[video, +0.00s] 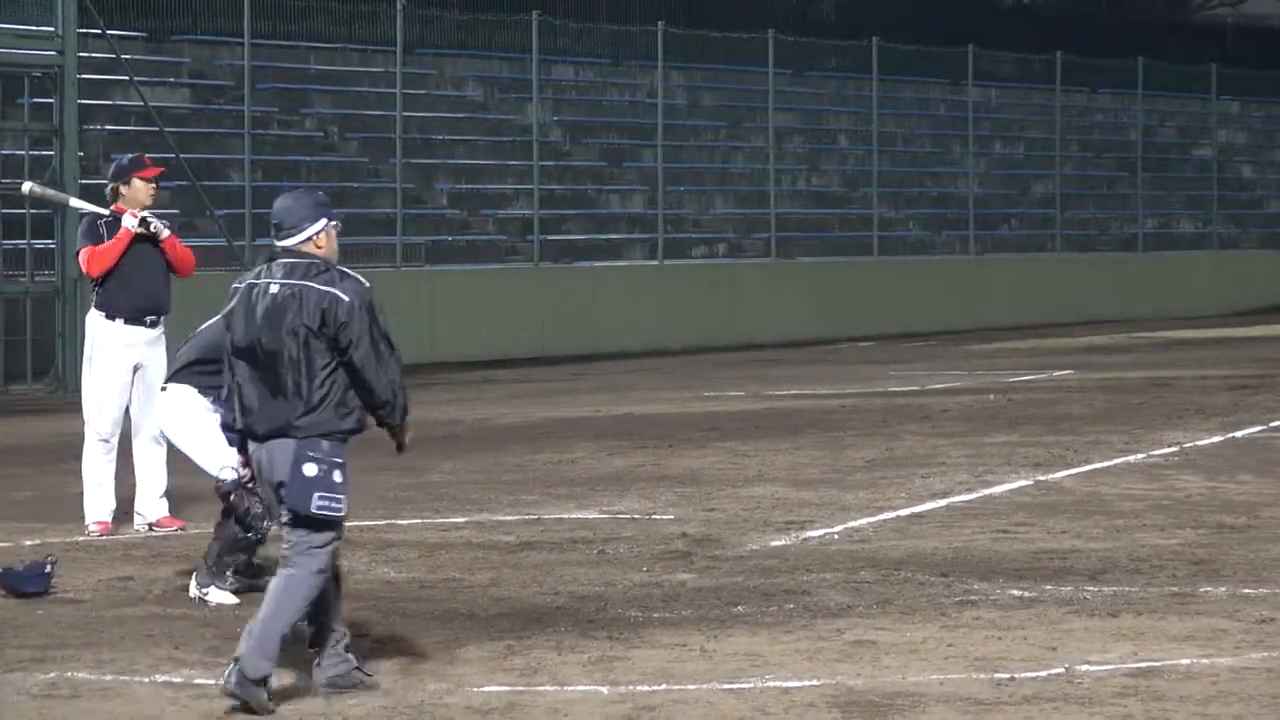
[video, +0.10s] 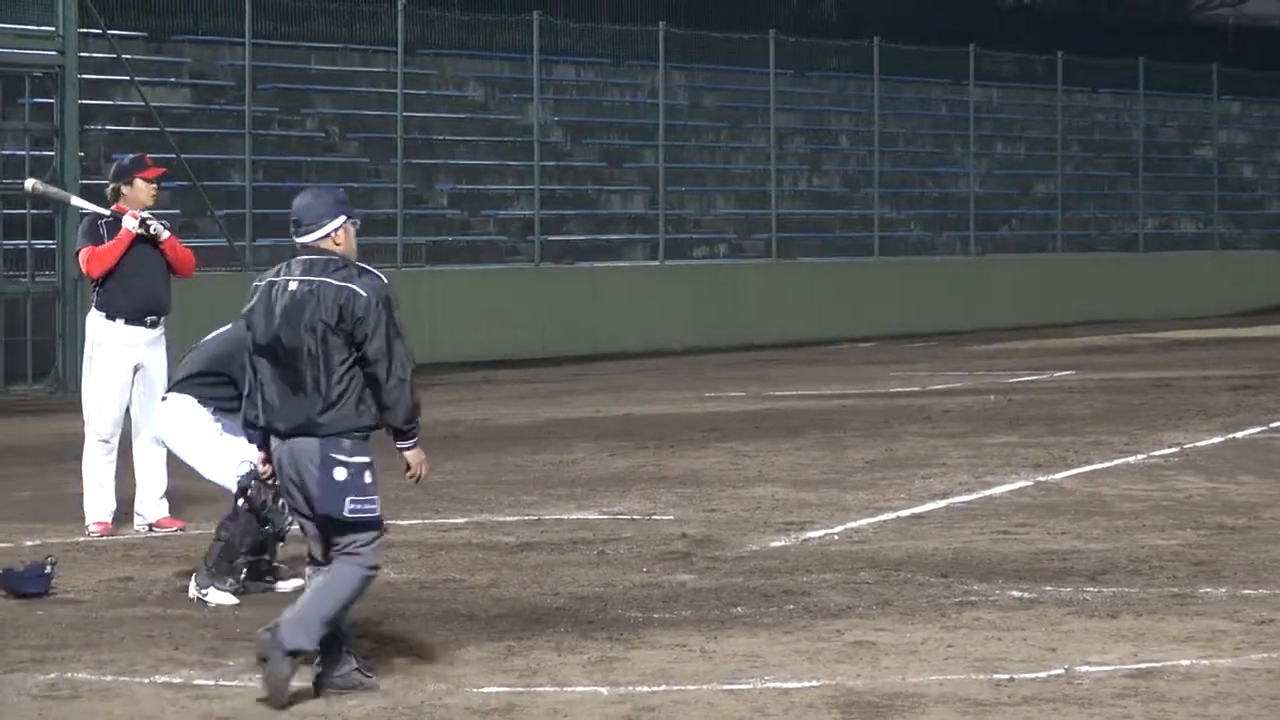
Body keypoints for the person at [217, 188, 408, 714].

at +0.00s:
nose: (337, 236)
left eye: (333, 228)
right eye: (331, 230)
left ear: (286, 238)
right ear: (316, 236)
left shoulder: (250, 290)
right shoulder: (341, 288)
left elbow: (209, 361)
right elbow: (374, 368)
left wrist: (243, 429)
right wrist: (394, 419)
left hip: (265, 446)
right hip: (315, 445)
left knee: (315, 549)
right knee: (309, 554)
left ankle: (334, 660)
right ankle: (249, 669)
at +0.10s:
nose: (355, 233)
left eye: (351, 225)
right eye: (350, 226)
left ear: (306, 235)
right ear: (336, 232)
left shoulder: (267, 287)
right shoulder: (361, 285)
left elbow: (252, 371)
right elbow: (388, 368)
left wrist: (262, 443)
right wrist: (408, 438)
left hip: (285, 442)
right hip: (337, 442)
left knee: (324, 554)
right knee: (359, 552)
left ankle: (338, 665)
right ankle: (286, 640)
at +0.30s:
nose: (396, 228)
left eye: (391, 219)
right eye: (391, 221)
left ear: (344, 229)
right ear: (376, 227)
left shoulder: (309, 278)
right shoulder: (398, 279)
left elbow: (293, 359)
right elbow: (412, 363)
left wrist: (304, 422)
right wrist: (424, 431)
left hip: (324, 436)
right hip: (382, 436)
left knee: (336, 551)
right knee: (419, 538)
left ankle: (329, 670)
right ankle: (400, 659)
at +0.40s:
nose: (423, 226)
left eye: (419, 217)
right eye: (417, 218)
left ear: (373, 227)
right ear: (401, 225)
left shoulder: (335, 274)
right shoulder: (426, 278)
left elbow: (322, 357)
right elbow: (432, 363)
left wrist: (326, 423)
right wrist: (439, 427)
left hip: (345, 431)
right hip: (403, 433)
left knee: (344, 548)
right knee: (436, 545)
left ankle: (332, 663)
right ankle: (468, 650)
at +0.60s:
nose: (476, 230)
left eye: (472, 222)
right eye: (471, 224)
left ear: (426, 231)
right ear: (456, 232)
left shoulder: (387, 278)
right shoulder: (479, 286)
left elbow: (372, 364)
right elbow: (489, 373)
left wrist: (378, 427)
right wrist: (495, 444)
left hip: (397, 433)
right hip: (457, 438)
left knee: (391, 542)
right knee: (482, 552)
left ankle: (351, 634)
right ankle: (488, 655)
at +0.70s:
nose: (502, 226)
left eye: (499, 218)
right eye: (497, 220)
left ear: (454, 227)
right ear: (482, 228)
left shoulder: (415, 270)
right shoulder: (506, 282)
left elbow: (399, 353)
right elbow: (521, 366)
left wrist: (404, 416)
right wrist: (535, 433)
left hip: (426, 427)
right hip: (484, 431)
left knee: (439, 528)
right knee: (499, 541)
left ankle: (392, 605)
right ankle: (491, 651)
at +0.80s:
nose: (519, 225)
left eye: (515, 217)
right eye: (514, 218)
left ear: (471, 225)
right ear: (501, 226)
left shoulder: (430, 271)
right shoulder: (520, 280)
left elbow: (418, 354)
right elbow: (545, 358)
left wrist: (428, 416)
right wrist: (568, 421)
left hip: (442, 423)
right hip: (494, 426)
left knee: (470, 519)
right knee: (504, 535)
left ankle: (440, 612)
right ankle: (490, 655)